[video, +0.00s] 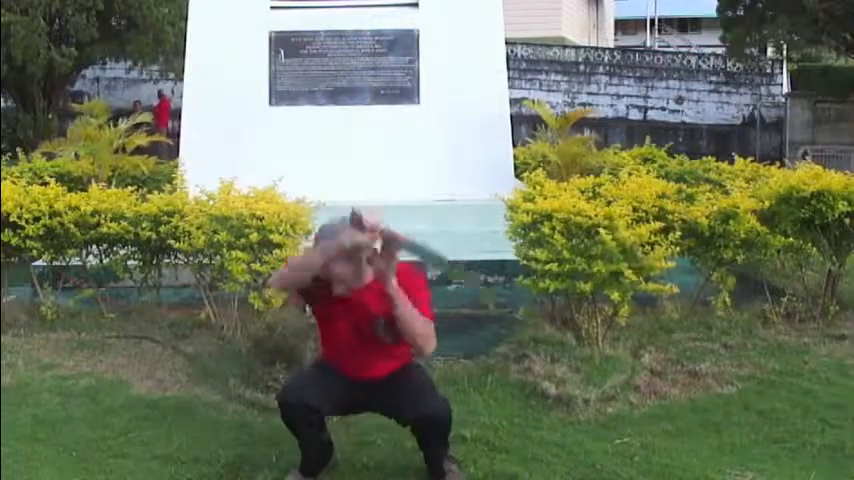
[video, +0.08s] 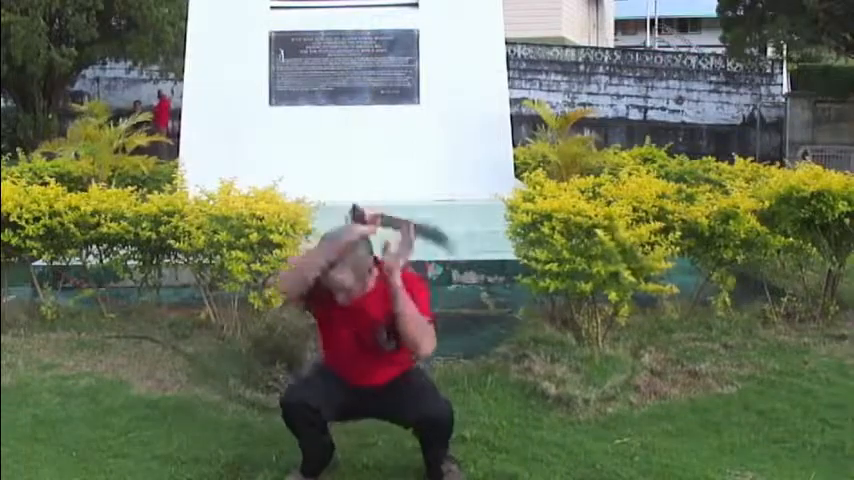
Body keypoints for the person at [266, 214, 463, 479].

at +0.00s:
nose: (336, 292)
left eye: (344, 283)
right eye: (331, 283)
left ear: (366, 264)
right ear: (325, 269)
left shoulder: (406, 277)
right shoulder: (320, 286)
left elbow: (426, 345)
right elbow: (279, 282)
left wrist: (391, 286)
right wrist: (340, 243)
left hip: (396, 377)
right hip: (338, 376)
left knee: (435, 413)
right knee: (294, 400)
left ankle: (439, 462)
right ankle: (317, 458)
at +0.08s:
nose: (338, 298)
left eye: (344, 289)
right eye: (332, 289)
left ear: (370, 272)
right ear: (323, 279)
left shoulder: (408, 284)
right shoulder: (321, 292)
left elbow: (424, 347)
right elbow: (284, 288)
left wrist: (396, 283)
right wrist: (339, 241)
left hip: (396, 382)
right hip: (339, 382)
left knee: (438, 415)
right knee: (296, 402)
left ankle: (438, 464)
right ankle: (318, 459)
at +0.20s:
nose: (346, 289)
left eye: (354, 281)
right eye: (339, 280)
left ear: (376, 268)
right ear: (328, 267)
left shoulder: (411, 287)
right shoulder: (316, 274)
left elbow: (424, 364)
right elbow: (279, 315)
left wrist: (390, 304)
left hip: (398, 381)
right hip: (343, 379)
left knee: (437, 413)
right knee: (301, 400)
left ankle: (437, 463)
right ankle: (319, 458)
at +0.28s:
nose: (350, 274)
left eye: (359, 265)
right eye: (342, 264)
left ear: (380, 256)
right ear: (332, 254)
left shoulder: (414, 284)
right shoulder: (319, 270)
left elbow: (425, 365)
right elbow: (278, 324)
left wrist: (379, 316)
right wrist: (308, 317)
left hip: (398, 375)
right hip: (343, 372)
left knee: (436, 410)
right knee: (307, 398)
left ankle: (438, 463)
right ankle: (319, 457)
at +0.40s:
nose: (357, 239)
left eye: (368, 228)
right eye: (350, 227)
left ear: (387, 226)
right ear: (340, 222)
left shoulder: (418, 263)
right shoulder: (323, 249)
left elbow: (429, 343)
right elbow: (299, 311)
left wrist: (385, 354)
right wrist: (307, 318)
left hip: (403, 350)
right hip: (343, 348)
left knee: (430, 398)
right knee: (319, 393)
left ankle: (439, 463)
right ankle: (321, 459)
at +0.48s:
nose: (363, 217)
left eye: (373, 206)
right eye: (354, 206)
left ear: (390, 207)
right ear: (344, 204)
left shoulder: (419, 248)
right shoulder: (323, 238)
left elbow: (428, 326)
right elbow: (319, 313)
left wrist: (399, 376)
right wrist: (305, 311)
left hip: (400, 337)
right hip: (343, 336)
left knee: (429, 394)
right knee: (322, 392)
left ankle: (439, 463)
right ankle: (321, 461)